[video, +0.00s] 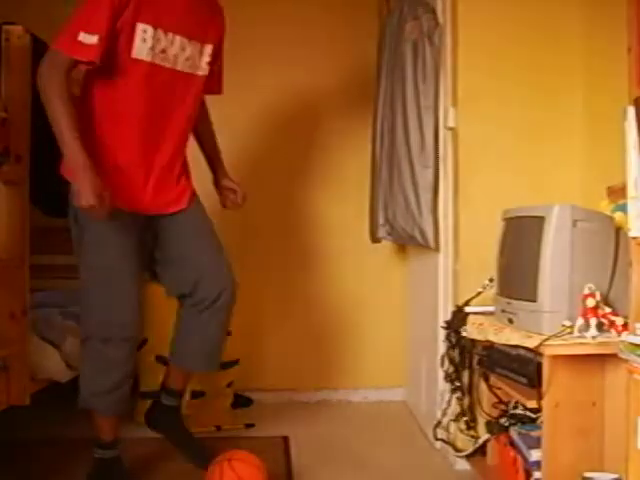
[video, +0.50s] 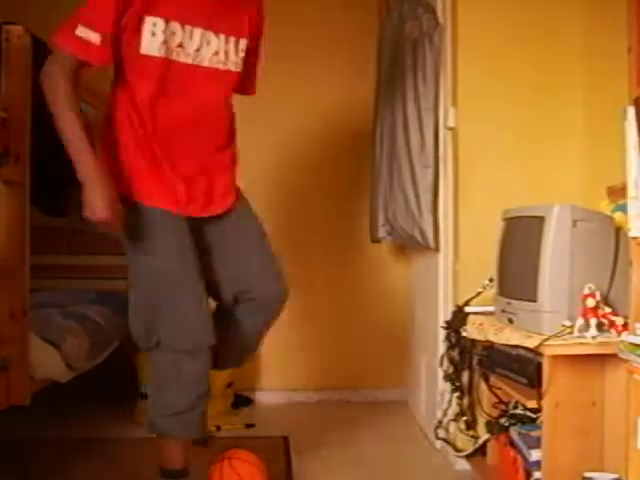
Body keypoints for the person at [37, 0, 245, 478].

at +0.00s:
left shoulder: (211, 15)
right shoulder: (119, 3)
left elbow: (192, 97)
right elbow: (51, 72)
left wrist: (219, 170)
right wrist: (80, 168)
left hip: (168, 186)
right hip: (105, 186)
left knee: (212, 286)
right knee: (114, 323)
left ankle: (168, 404)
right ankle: (106, 453)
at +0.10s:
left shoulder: (222, 24)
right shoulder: (122, 4)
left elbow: (222, 109)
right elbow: (50, 73)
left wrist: (251, 184)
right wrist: (64, 172)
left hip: (175, 197)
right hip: (117, 188)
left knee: (186, 330)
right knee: (141, 324)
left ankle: (152, 432)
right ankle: (115, 447)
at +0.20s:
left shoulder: (234, 30)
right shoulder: (128, 6)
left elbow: (247, 121)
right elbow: (52, 71)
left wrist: (277, 193)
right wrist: (47, 174)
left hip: (180, 195)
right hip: (124, 185)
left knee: (177, 319)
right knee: (173, 316)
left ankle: (148, 435)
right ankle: (125, 443)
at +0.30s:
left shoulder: (247, 14)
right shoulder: (126, 3)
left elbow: (257, 108)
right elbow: (56, 58)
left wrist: (279, 187)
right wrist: (40, 155)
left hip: (187, 182)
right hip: (129, 173)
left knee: (179, 312)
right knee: (175, 308)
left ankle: (155, 425)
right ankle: (165, 467)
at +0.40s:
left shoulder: (251, 7)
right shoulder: (119, 4)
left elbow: (245, 98)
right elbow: (55, 55)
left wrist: (256, 192)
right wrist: (53, 154)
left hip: (203, 180)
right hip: (139, 170)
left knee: (208, 318)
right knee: (178, 324)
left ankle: (163, 399)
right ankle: (171, 469)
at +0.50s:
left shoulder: (248, 8)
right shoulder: (124, 5)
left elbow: (219, 95)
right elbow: (56, 73)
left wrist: (220, 174)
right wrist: (91, 176)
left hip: (212, 180)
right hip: (147, 180)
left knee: (263, 292)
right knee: (183, 330)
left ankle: (182, 363)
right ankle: (174, 471)